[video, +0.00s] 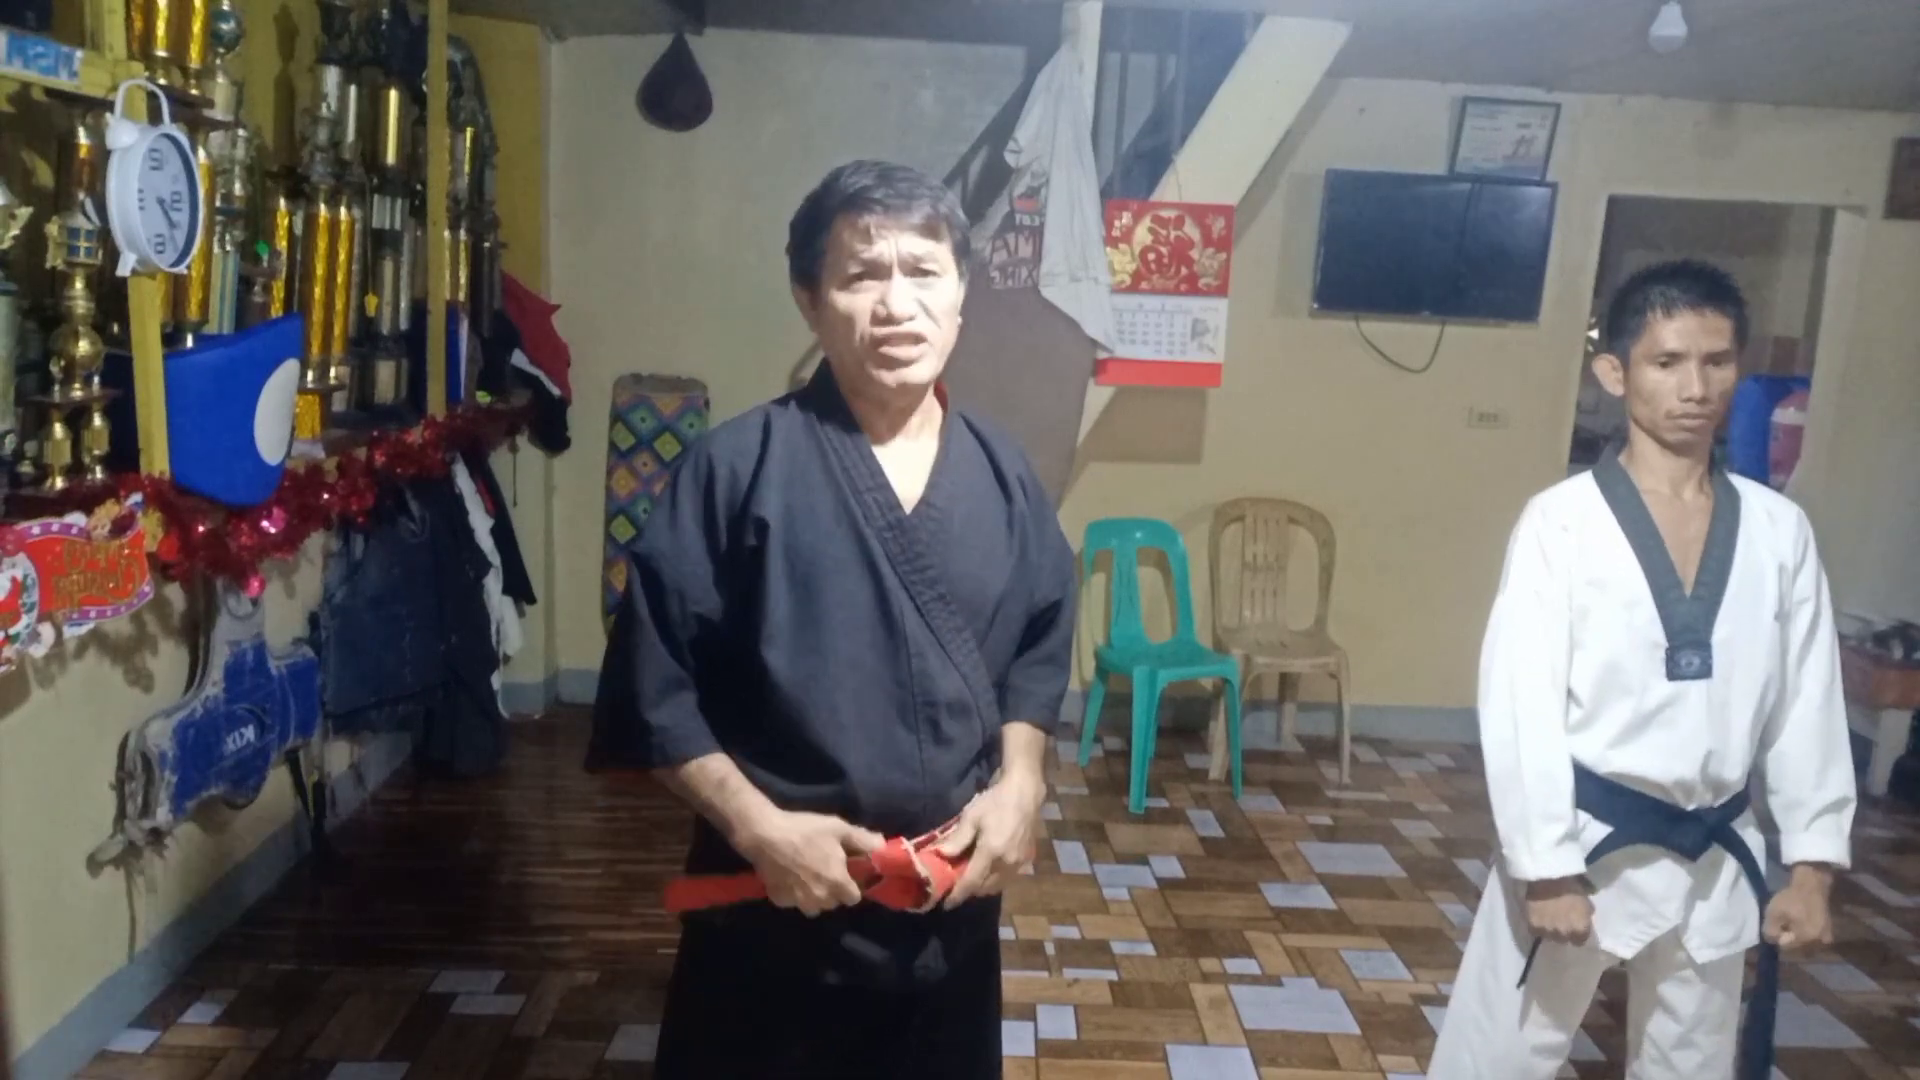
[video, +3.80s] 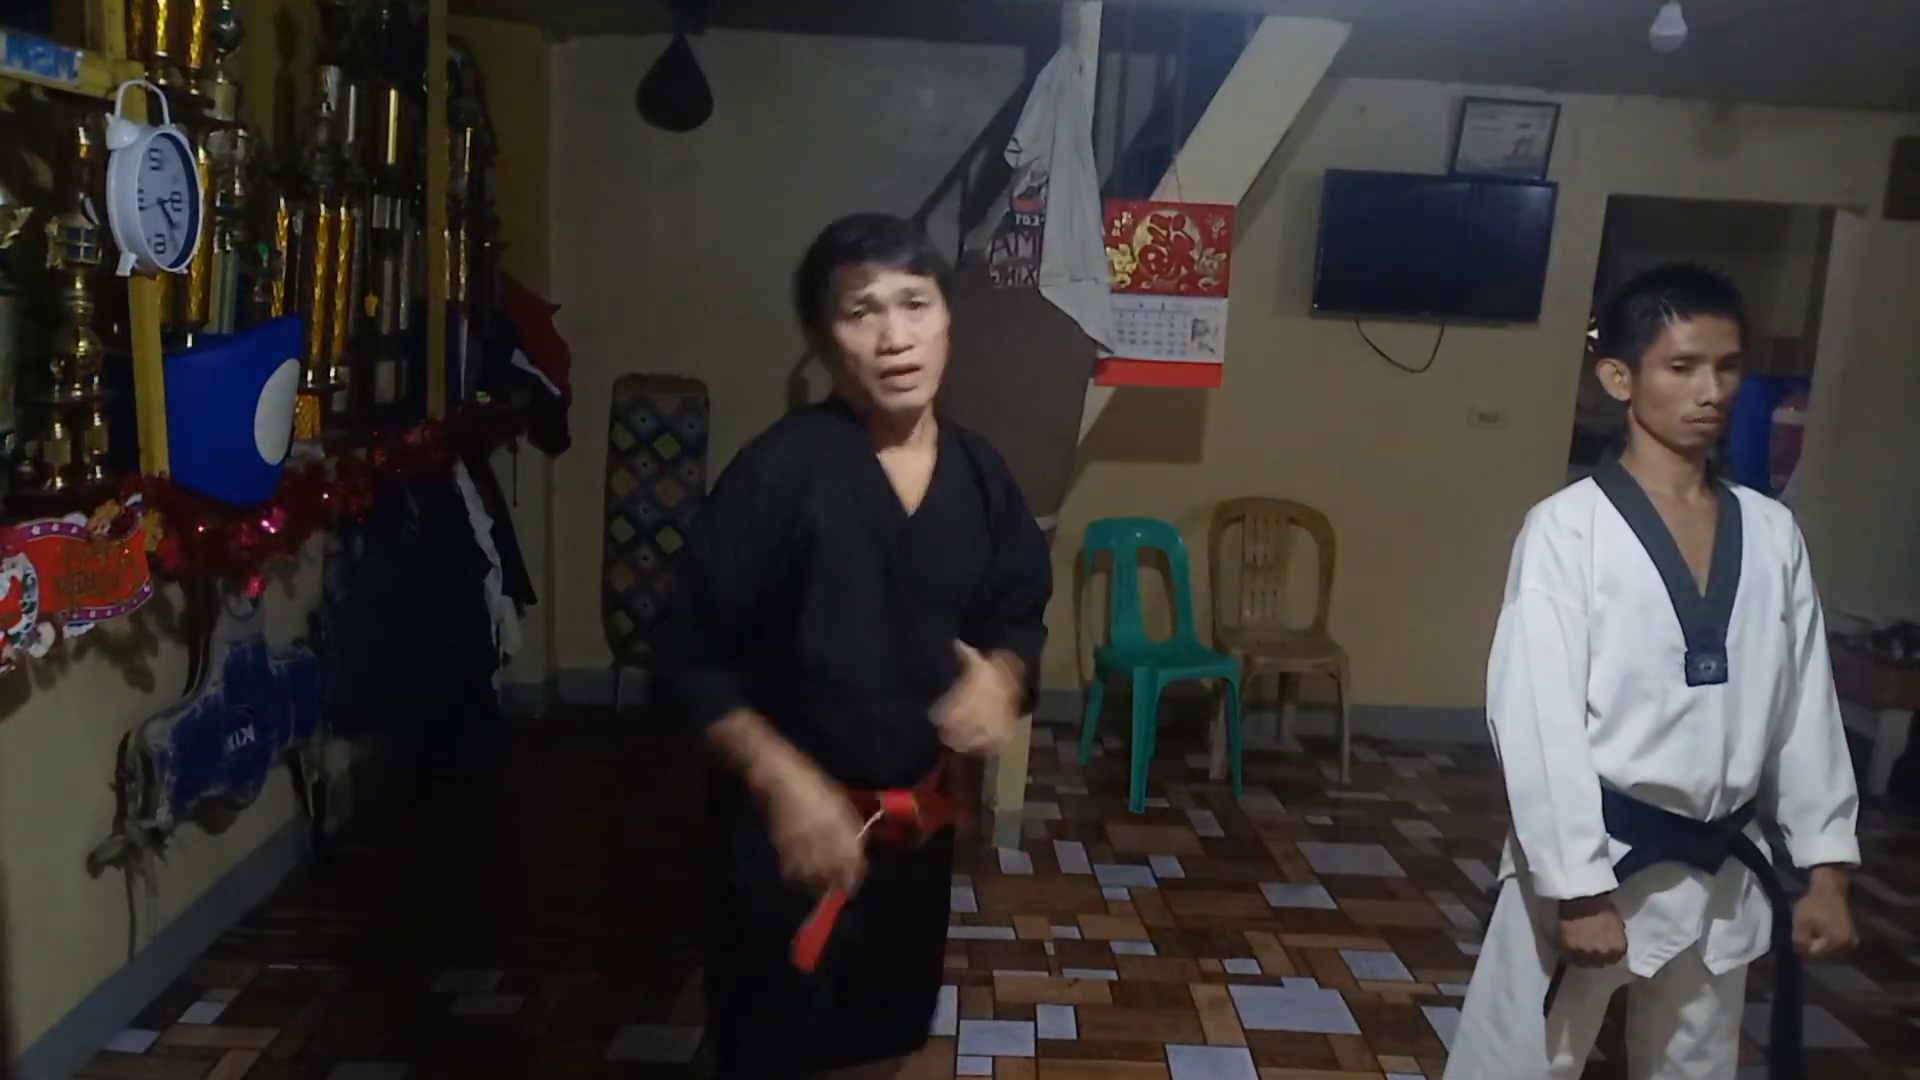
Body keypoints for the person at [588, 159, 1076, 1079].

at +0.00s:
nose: (899, 303)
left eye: (924, 273)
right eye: (864, 276)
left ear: (962, 293)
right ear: (811, 303)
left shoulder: (1004, 474)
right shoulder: (732, 469)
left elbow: (1039, 644)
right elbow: (648, 682)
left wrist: (1020, 785)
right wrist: (759, 826)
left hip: (951, 926)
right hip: (771, 926)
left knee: (951, 1071)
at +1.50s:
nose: (897, 321)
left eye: (921, 286)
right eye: (862, 294)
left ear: (961, 296)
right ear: (816, 314)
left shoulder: (1010, 465)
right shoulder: (751, 464)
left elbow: (1077, 627)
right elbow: (679, 692)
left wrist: (1040, 662)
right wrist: (786, 853)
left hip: (956, 908)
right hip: (780, 907)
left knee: (956, 1071)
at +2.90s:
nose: (947, 304)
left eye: (970, 274)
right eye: (910, 285)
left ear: (1013, 300)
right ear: (869, 323)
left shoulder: (1024, 469)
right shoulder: (803, 440)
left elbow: (1071, 628)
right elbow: (679, 617)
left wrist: (1043, 655)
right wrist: (803, 711)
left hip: (965, 875)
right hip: (814, 873)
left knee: (959, 1065)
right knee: (795, 1066)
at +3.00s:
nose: (972, 313)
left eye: (996, 282)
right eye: (937, 287)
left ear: (1032, 304)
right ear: (890, 314)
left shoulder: (1027, 469)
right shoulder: (818, 431)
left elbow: (1069, 635)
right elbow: (671, 593)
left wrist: (1045, 652)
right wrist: (798, 618)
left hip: (958, 852)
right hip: (815, 844)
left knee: (944, 1063)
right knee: (789, 1063)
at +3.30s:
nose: (905, 303)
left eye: (930, 272)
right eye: (869, 279)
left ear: (969, 293)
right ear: (825, 309)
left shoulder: (973, 456)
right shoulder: (770, 449)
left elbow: (1019, 630)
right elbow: (631, 641)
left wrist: (992, 651)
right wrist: (807, 679)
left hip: (916, 862)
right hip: (775, 859)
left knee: (897, 1063)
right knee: (752, 1065)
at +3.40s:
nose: (852, 320)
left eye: (874, 284)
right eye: (812, 296)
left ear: (910, 296)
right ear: (764, 326)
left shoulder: (949, 460)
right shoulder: (719, 488)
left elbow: (1000, 614)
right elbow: (696, 748)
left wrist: (938, 648)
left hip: (892, 861)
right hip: (743, 868)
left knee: (893, 1062)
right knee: (744, 1065)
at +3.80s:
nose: (895, 338)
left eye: (915, 306)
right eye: (862, 314)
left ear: (948, 321)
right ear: (824, 341)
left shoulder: (980, 475)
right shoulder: (776, 475)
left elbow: (1019, 612)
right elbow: (689, 657)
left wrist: (1002, 679)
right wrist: (784, 778)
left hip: (916, 832)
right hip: (783, 834)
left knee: (885, 1052)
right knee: (770, 1058)